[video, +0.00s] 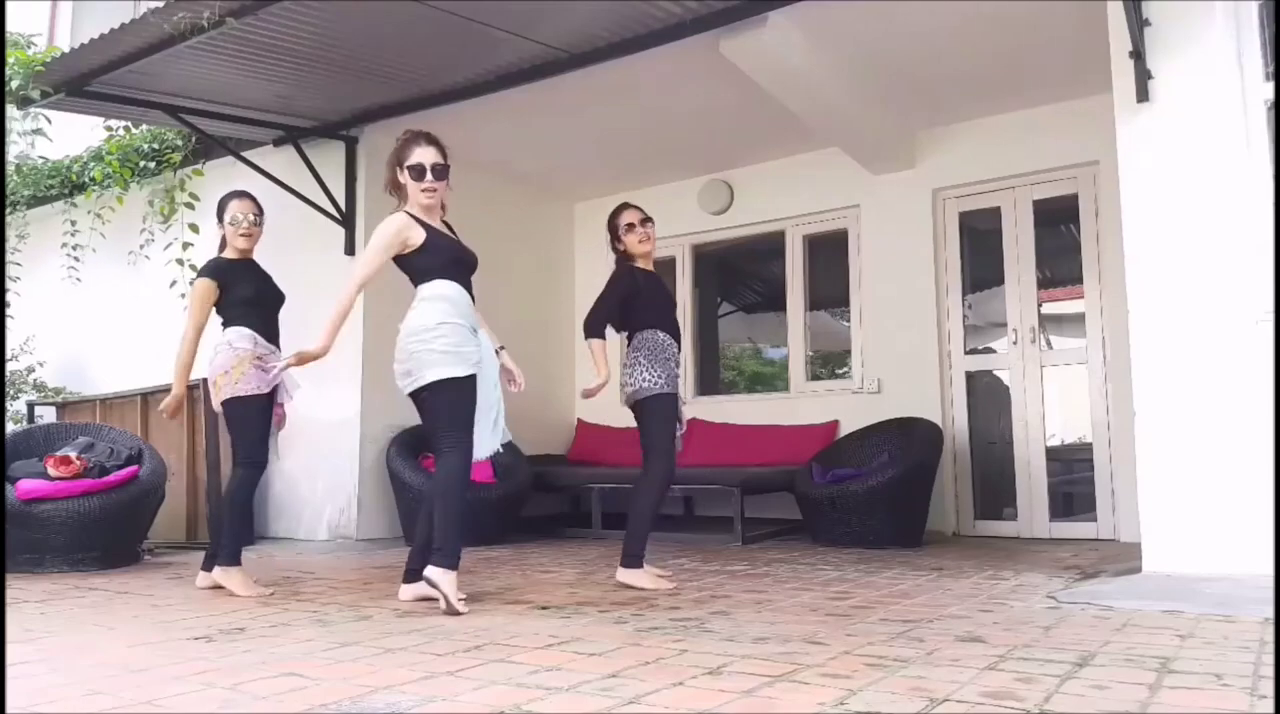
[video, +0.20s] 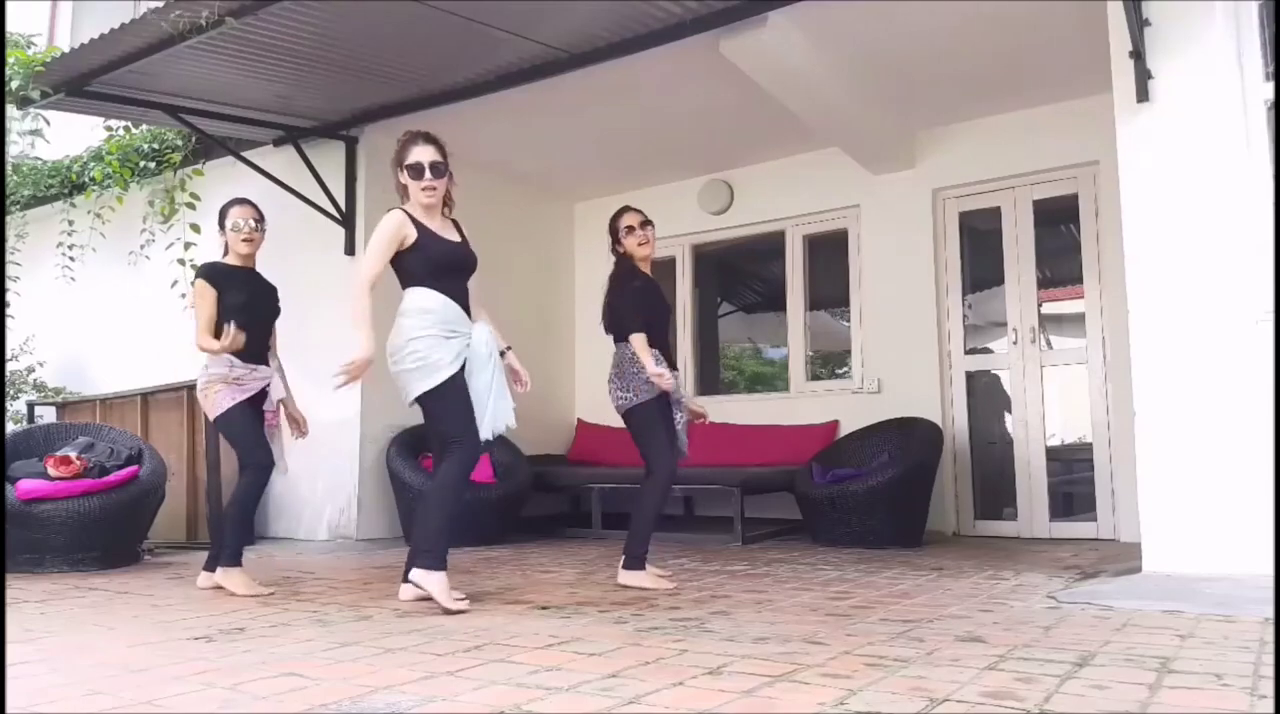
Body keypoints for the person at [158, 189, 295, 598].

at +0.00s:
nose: (247, 225)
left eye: (254, 219)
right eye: (237, 219)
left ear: (262, 226)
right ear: (222, 227)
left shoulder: (258, 271)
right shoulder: (215, 270)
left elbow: (267, 335)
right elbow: (193, 331)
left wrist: (276, 390)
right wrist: (179, 388)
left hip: (263, 373)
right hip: (237, 370)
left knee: (247, 465)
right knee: (251, 464)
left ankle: (215, 563)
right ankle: (229, 565)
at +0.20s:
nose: (247, 231)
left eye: (254, 225)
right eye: (237, 226)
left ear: (263, 233)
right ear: (223, 234)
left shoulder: (267, 289)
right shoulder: (211, 275)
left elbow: (272, 353)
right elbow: (202, 338)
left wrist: (288, 403)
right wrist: (222, 347)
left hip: (259, 384)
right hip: (222, 381)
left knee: (253, 472)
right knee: (259, 463)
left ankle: (213, 566)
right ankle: (229, 566)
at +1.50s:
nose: (249, 241)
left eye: (257, 236)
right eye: (240, 236)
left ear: (266, 246)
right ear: (227, 246)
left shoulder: (275, 300)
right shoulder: (210, 286)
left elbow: (286, 362)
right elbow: (179, 327)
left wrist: (298, 413)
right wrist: (230, 313)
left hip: (272, 390)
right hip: (230, 389)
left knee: (270, 478)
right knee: (247, 469)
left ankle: (224, 567)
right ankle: (258, 558)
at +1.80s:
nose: (248, 254)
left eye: (256, 249)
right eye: (239, 248)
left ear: (265, 257)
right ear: (225, 255)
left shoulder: (274, 309)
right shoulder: (209, 300)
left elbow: (287, 371)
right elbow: (210, 363)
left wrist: (312, 419)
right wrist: (205, 360)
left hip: (271, 398)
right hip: (230, 395)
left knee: (277, 482)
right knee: (259, 467)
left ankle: (225, 565)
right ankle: (245, 568)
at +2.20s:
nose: (245, 236)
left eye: (253, 230)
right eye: (237, 230)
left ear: (264, 236)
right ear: (226, 236)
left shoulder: (279, 287)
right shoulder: (214, 280)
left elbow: (281, 346)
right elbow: (196, 339)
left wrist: (286, 397)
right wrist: (192, 390)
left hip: (266, 385)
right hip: (227, 383)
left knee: (249, 473)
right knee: (225, 469)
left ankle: (228, 564)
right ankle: (201, 565)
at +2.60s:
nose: (250, 254)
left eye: (258, 247)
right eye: (241, 247)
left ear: (270, 252)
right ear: (231, 252)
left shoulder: (282, 305)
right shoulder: (215, 290)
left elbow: (295, 367)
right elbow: (178, 334)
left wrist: (316, 414)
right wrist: (193, 285)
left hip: (274, 393)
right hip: (229, 392)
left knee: (272, 483)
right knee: (226, 469)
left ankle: (240, 566)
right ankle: (217, 556)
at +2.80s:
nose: (247, 261)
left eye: (255, 255)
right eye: (239, 255)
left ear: (269, 261)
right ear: (230, 261)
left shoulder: (284, 311)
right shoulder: (214, 301)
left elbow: (298, 373)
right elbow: (154, 317)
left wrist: (318, 422)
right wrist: (192, 326)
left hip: (275, 403)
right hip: (229, 402)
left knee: (276, 490)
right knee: (224, 467)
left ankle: (239, 567)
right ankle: (212, 564)